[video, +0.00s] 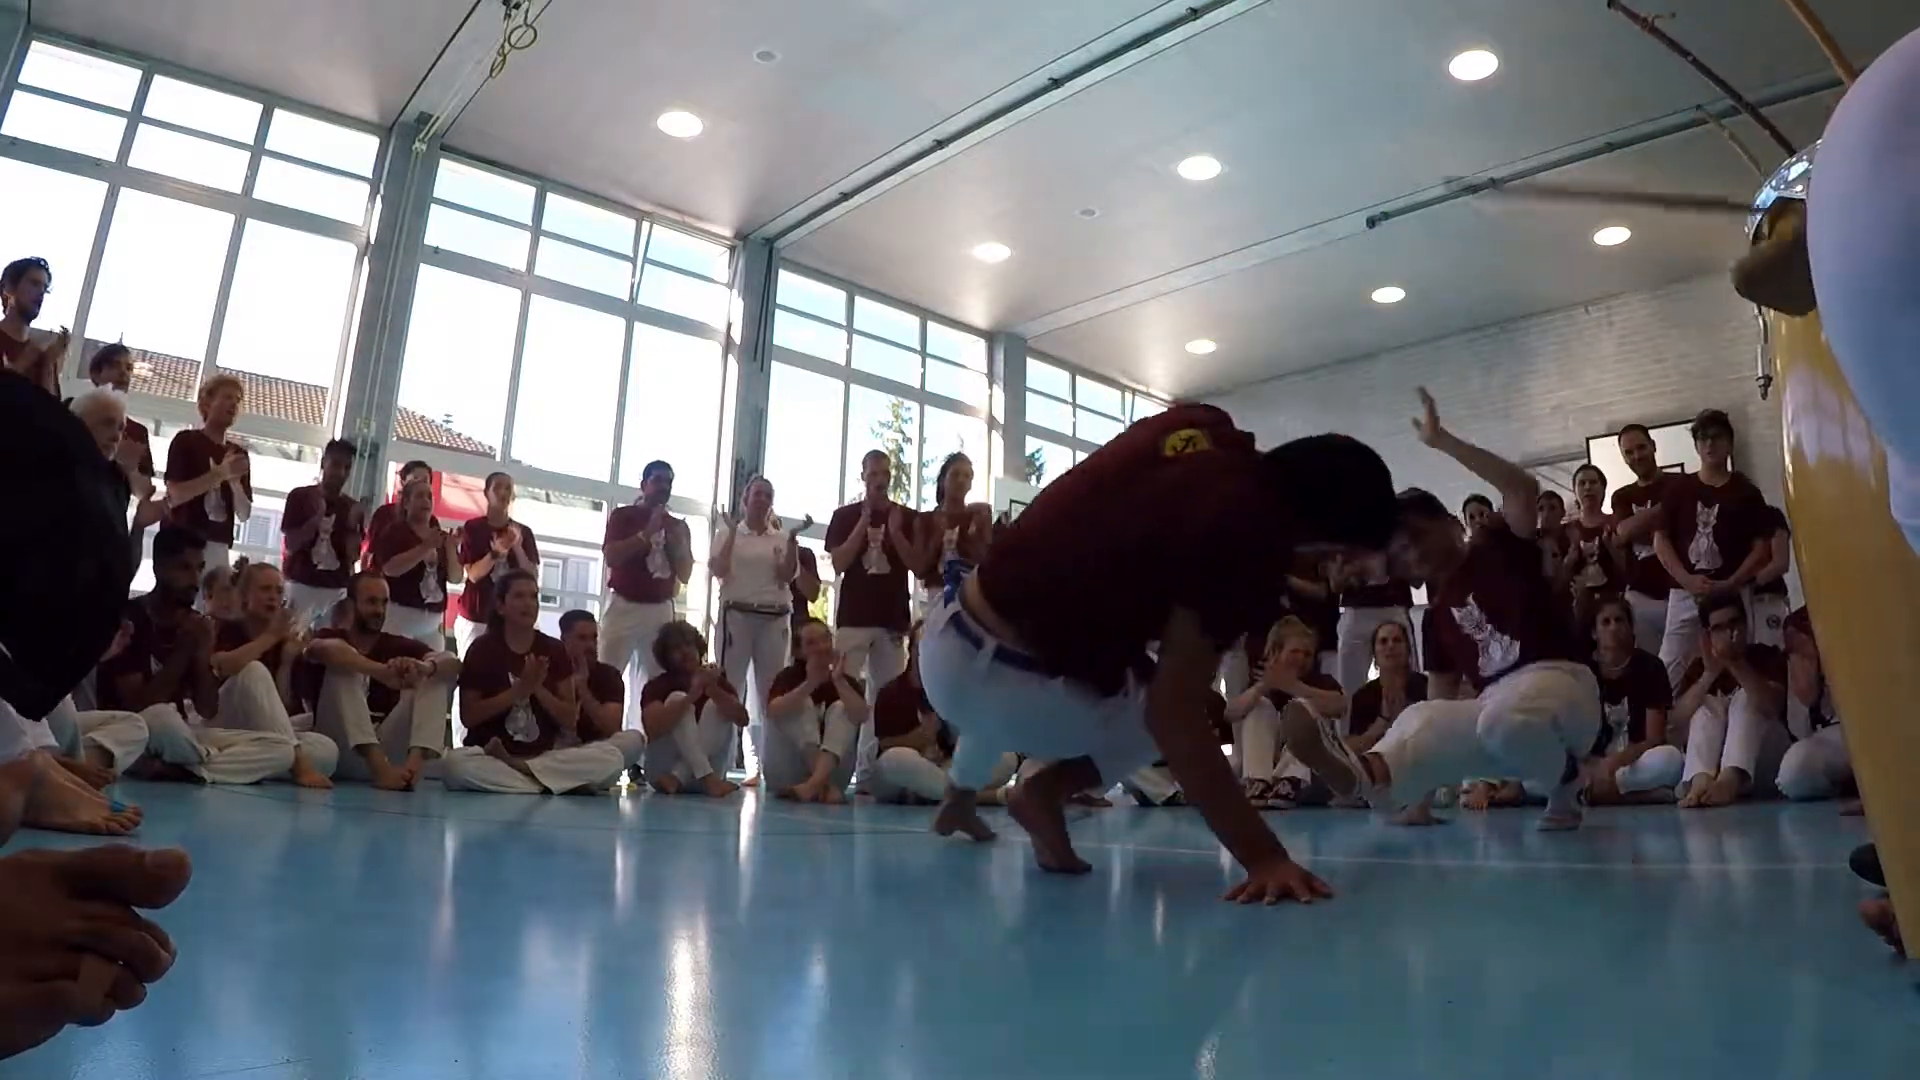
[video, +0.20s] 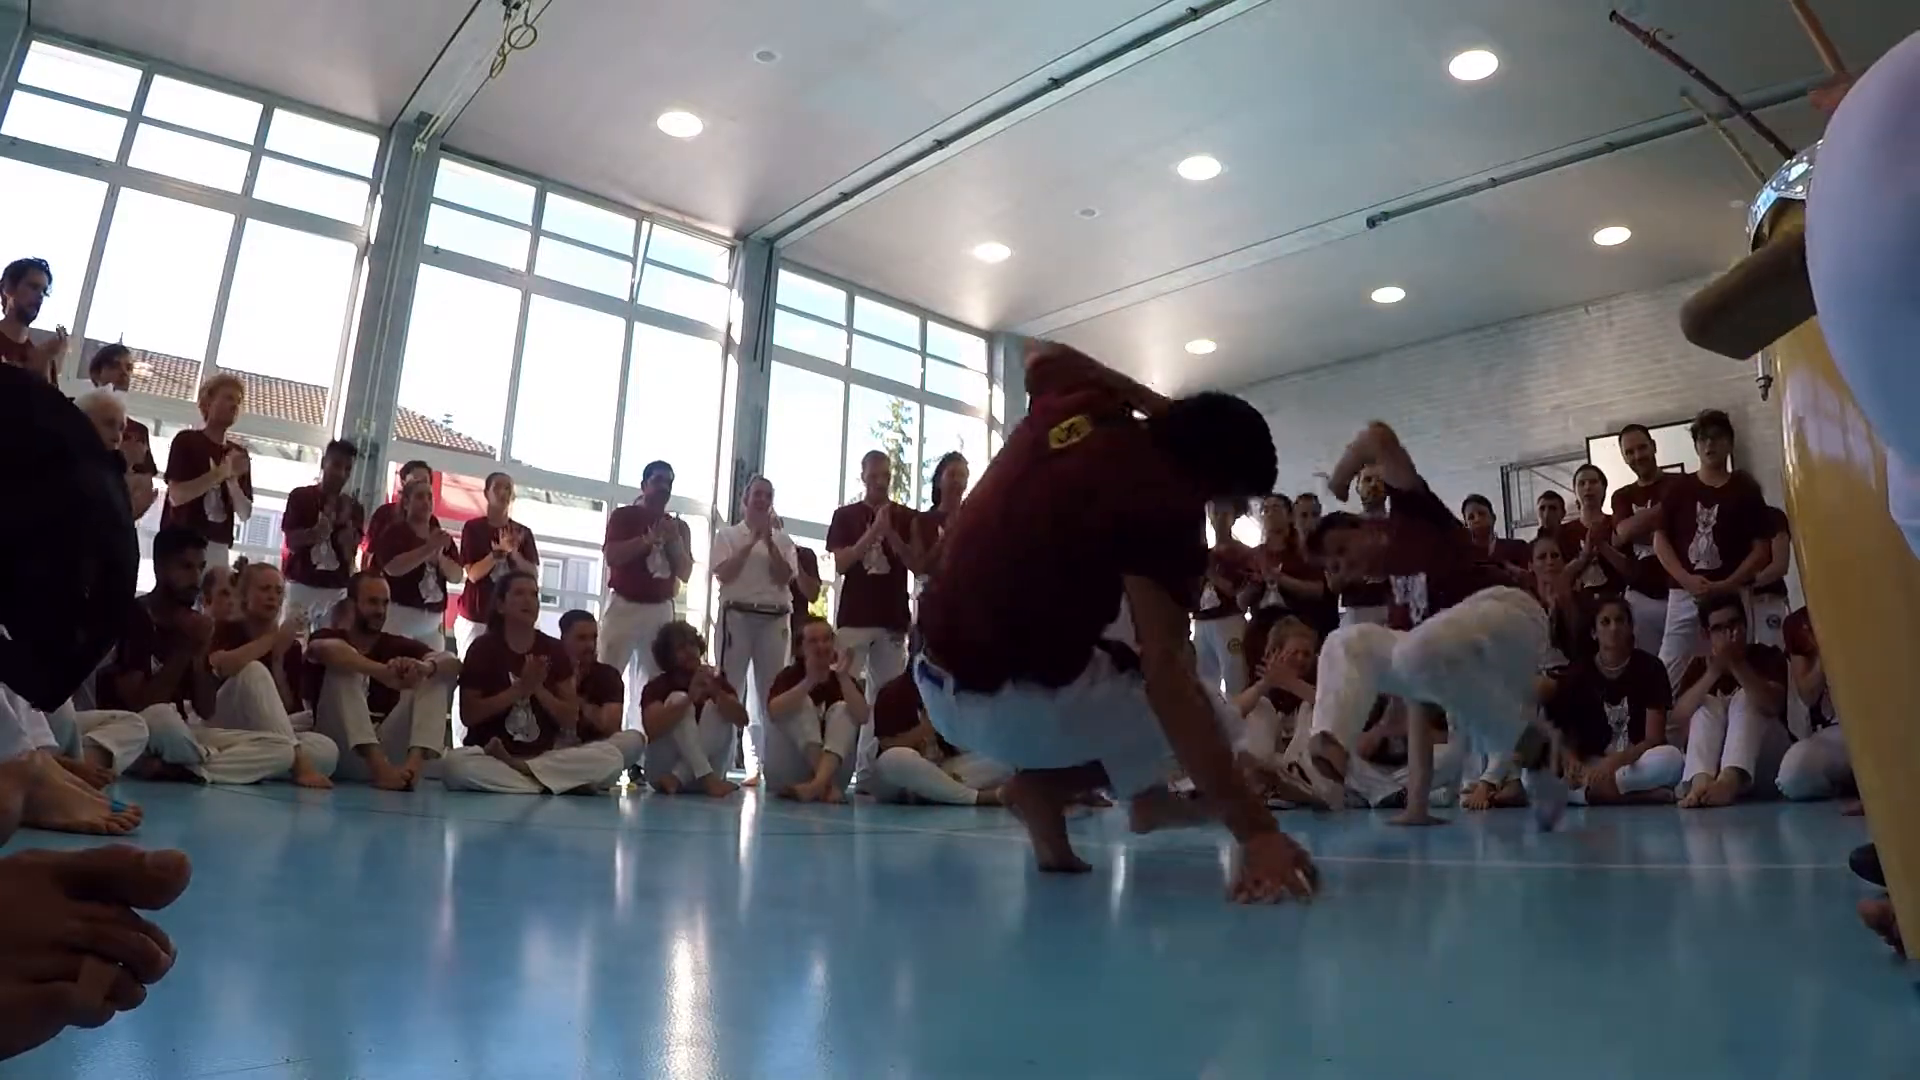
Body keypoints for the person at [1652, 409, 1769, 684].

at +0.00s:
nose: (1709, 445)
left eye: (1717, 438)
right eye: (1703, 439)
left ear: (1730, 444)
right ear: (1696, 445)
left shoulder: (1746, 491)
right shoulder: (1677, 488)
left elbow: (1761, 549)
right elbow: (1660, 541)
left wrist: (1730, 584)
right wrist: (1686, 579)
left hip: (1731, 591)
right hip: (1686, 593)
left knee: (1736, 668)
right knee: (1671, 669)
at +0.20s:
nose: (1710, 445)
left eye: (1717, 438)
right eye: (1703, 439)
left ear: (1730, 443)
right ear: (1696, 445)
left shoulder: (1745, 487)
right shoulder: (1678, 488)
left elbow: (1762, 551)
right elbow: (1660, 541)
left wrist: (1726, 585)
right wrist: (1686, 579)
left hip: (1732, 592)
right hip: (1685, 594)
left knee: (1734, 671)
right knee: (1670, 671)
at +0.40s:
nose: (1709, 445)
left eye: (1716, 438)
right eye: (1703, 439)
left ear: (1728, 443)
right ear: (1695, 445)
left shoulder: (1747, 488)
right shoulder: (1677, 488)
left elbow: (1760, 551)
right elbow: (1659, 541)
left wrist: (1726, 585)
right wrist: (1686, 579)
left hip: (1731, 592)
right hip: (1684, 594)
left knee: (1734, 669)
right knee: (1670, 671)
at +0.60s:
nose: (1708, 445)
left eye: (1716, 438)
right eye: (1702, 439)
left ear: (1728, 443)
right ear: (1694, 445)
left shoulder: (1748, 490)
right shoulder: (1676, 489)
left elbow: (1760, 552)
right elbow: (1658, 540)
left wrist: (1726, 585)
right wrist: (1685, 579)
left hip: (1731, 593)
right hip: (1684, 595)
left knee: (1734, 669)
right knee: (1670, 672)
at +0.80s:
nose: (1708, 445)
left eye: (1715, 439)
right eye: (1701, 439)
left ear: (1728, 444)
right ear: (1694, 445)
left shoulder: (1747, 490)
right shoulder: (1676, 489)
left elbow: (1760, 549)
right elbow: (1658, 540)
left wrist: (1728, 585)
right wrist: (1685, 579)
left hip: (1730, 594)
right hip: (1683, 596)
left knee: (1734, 672)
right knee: (1670, 674)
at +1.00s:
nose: (1706, 446)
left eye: (1714, 440)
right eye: (1701, 440)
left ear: (1730, 445)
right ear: (1696, 445)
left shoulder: (1749, 491)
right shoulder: (1677, 488)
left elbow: (1759, 550)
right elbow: (1658, 539)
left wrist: (1726, 586)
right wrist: (1684, 579)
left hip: (1731, 594)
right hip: (1683, 596)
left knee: (1735, 671)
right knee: (1669, 673)